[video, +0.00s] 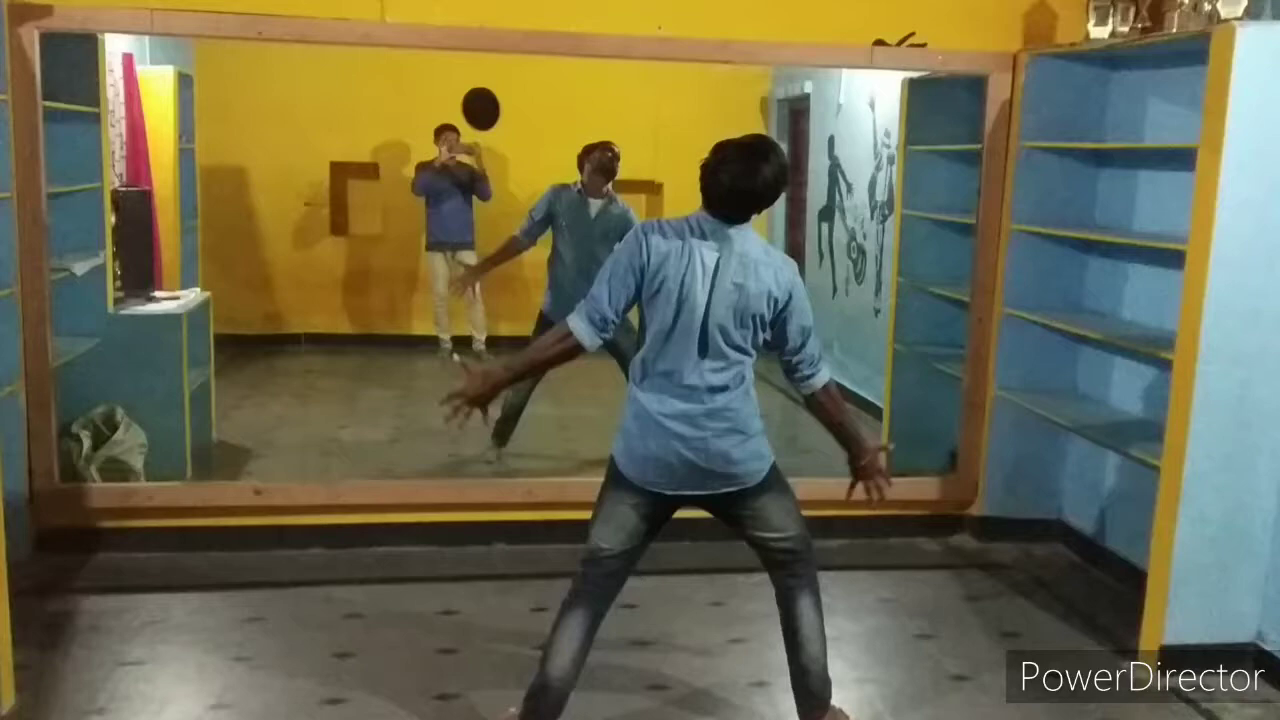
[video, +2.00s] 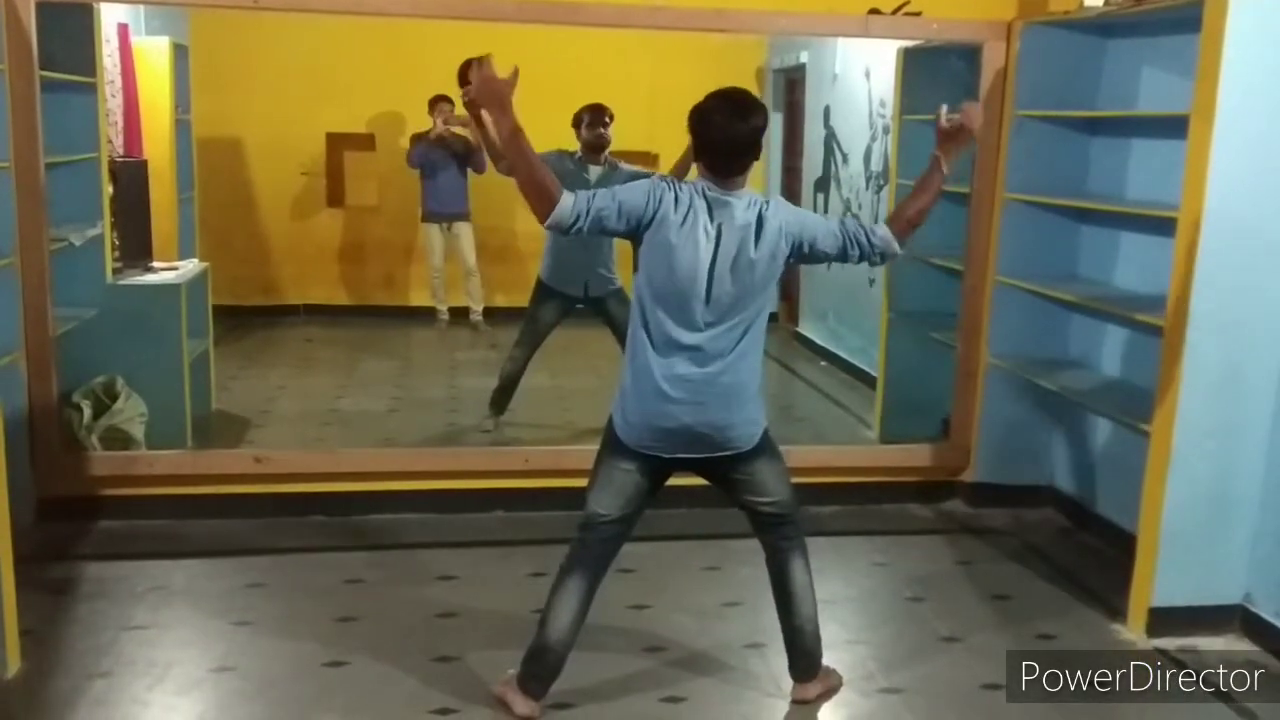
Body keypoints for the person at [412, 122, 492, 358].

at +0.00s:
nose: (449, 145)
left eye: (453, 140)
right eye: (444, 140)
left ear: (459, 144)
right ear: (437, 143)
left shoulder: (467, 169)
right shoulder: (426, 168)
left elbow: (485, 194)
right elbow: (418, 189)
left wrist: (478, 164)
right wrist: (438, 164)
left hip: (465, 242)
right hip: (437, 243)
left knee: (473, 292)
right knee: (440, 294)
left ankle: (479, 343)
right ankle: (444, 342)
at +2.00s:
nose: (444, 116)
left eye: (448, 112)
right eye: (440, 112)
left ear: (453, 114)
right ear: (431, 114)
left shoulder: (460, 141)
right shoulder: (421, 140)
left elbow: (480, 167)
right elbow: (413, 162)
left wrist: (473, 138)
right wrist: (433, 136)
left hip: (460, 214)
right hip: (432, 215)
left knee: (471, 266)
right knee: (436, 268)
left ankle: (476, 314)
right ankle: (441, 313)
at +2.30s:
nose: (444, 116)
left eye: (448, 111)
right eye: (440, 111)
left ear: (454, 114)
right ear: (431, 114)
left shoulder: (461, 141)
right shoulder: (421, 140)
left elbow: (480, 166)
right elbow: (414, 161)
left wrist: (473, 136)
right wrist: (433, 135)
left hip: (460, 214)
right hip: (432, 215)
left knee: (471, 266)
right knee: (436, 267)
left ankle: (477, 314)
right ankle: (442, 312)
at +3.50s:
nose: (442, 116)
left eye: (446, 111)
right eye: (438, 111)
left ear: (452, 114)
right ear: (429, 113)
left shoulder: (458, 140)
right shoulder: (419, 139)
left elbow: (477, 166)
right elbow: (411, 161)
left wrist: (471, 135)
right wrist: (431, 134)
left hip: (457, 213)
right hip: (430, 214)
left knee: (468, 265)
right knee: (434, 267)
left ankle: (474, 313)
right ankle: (439, 312)